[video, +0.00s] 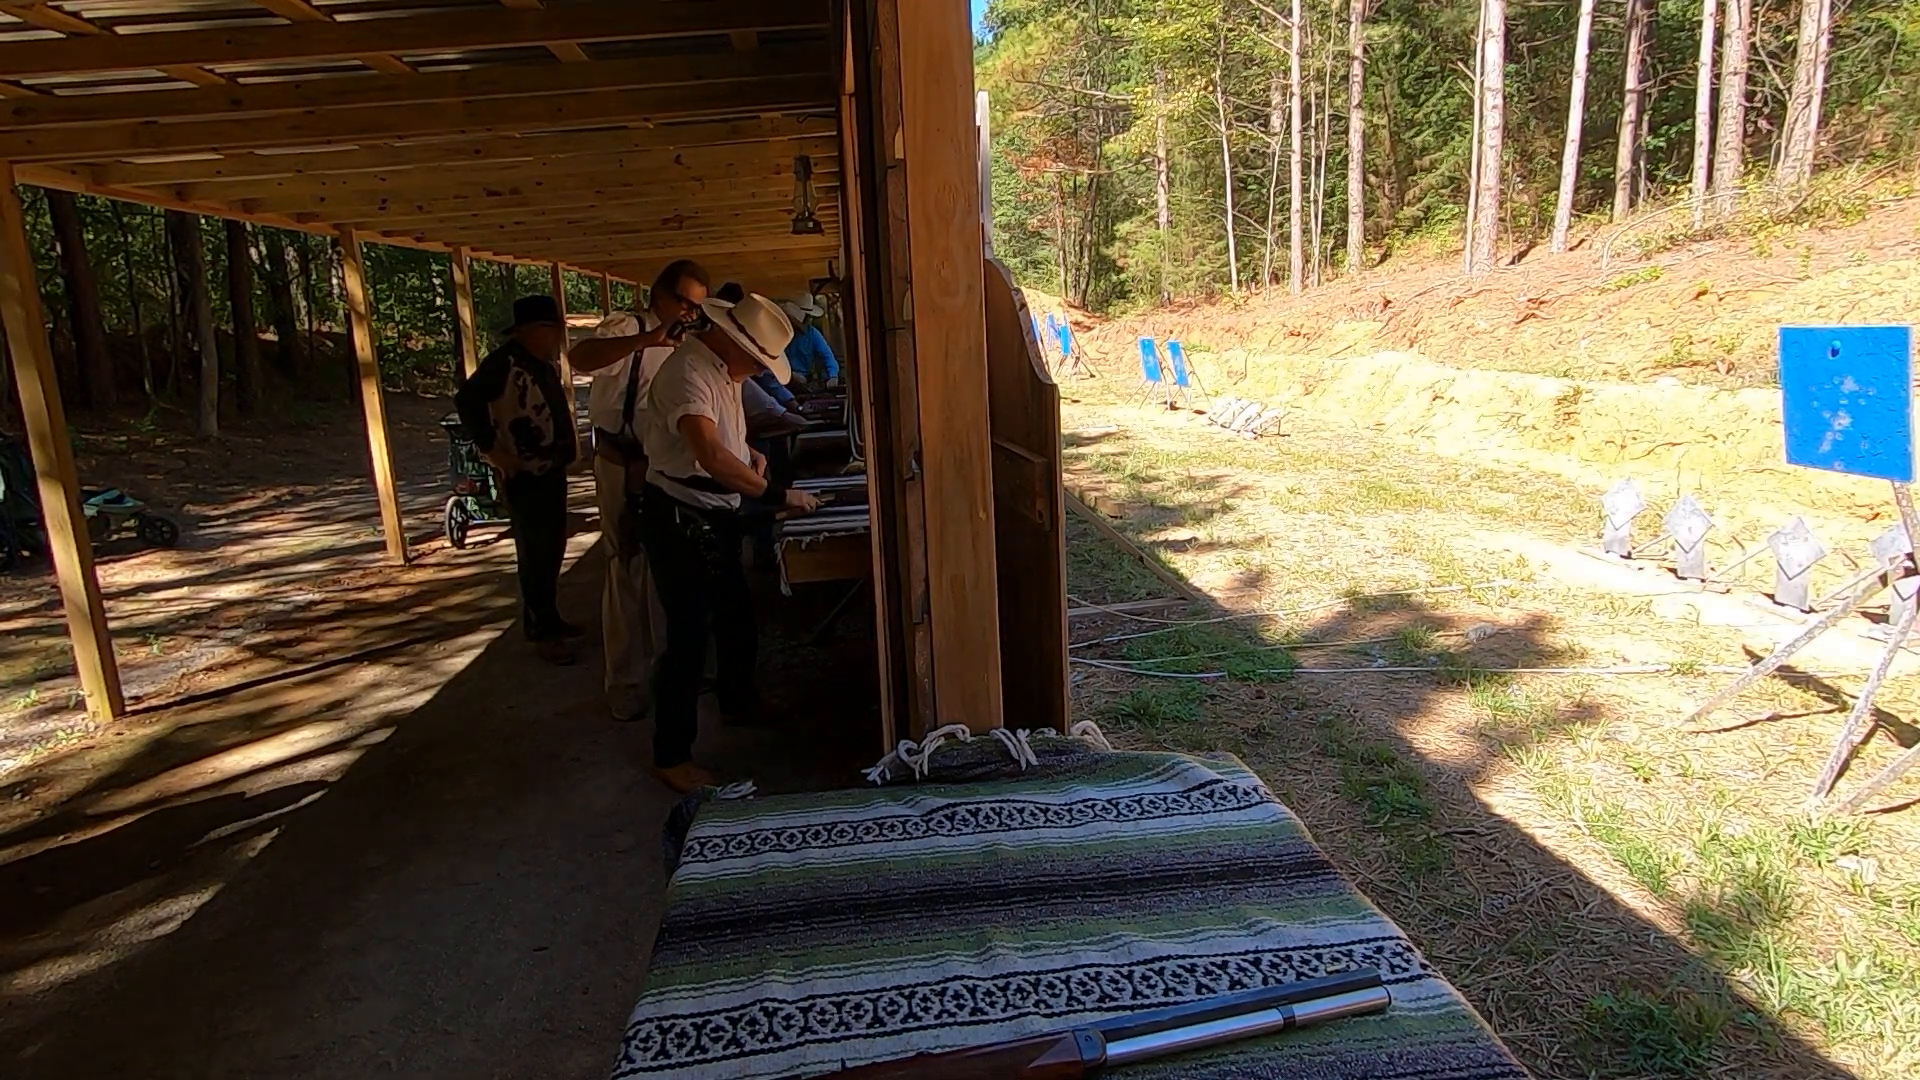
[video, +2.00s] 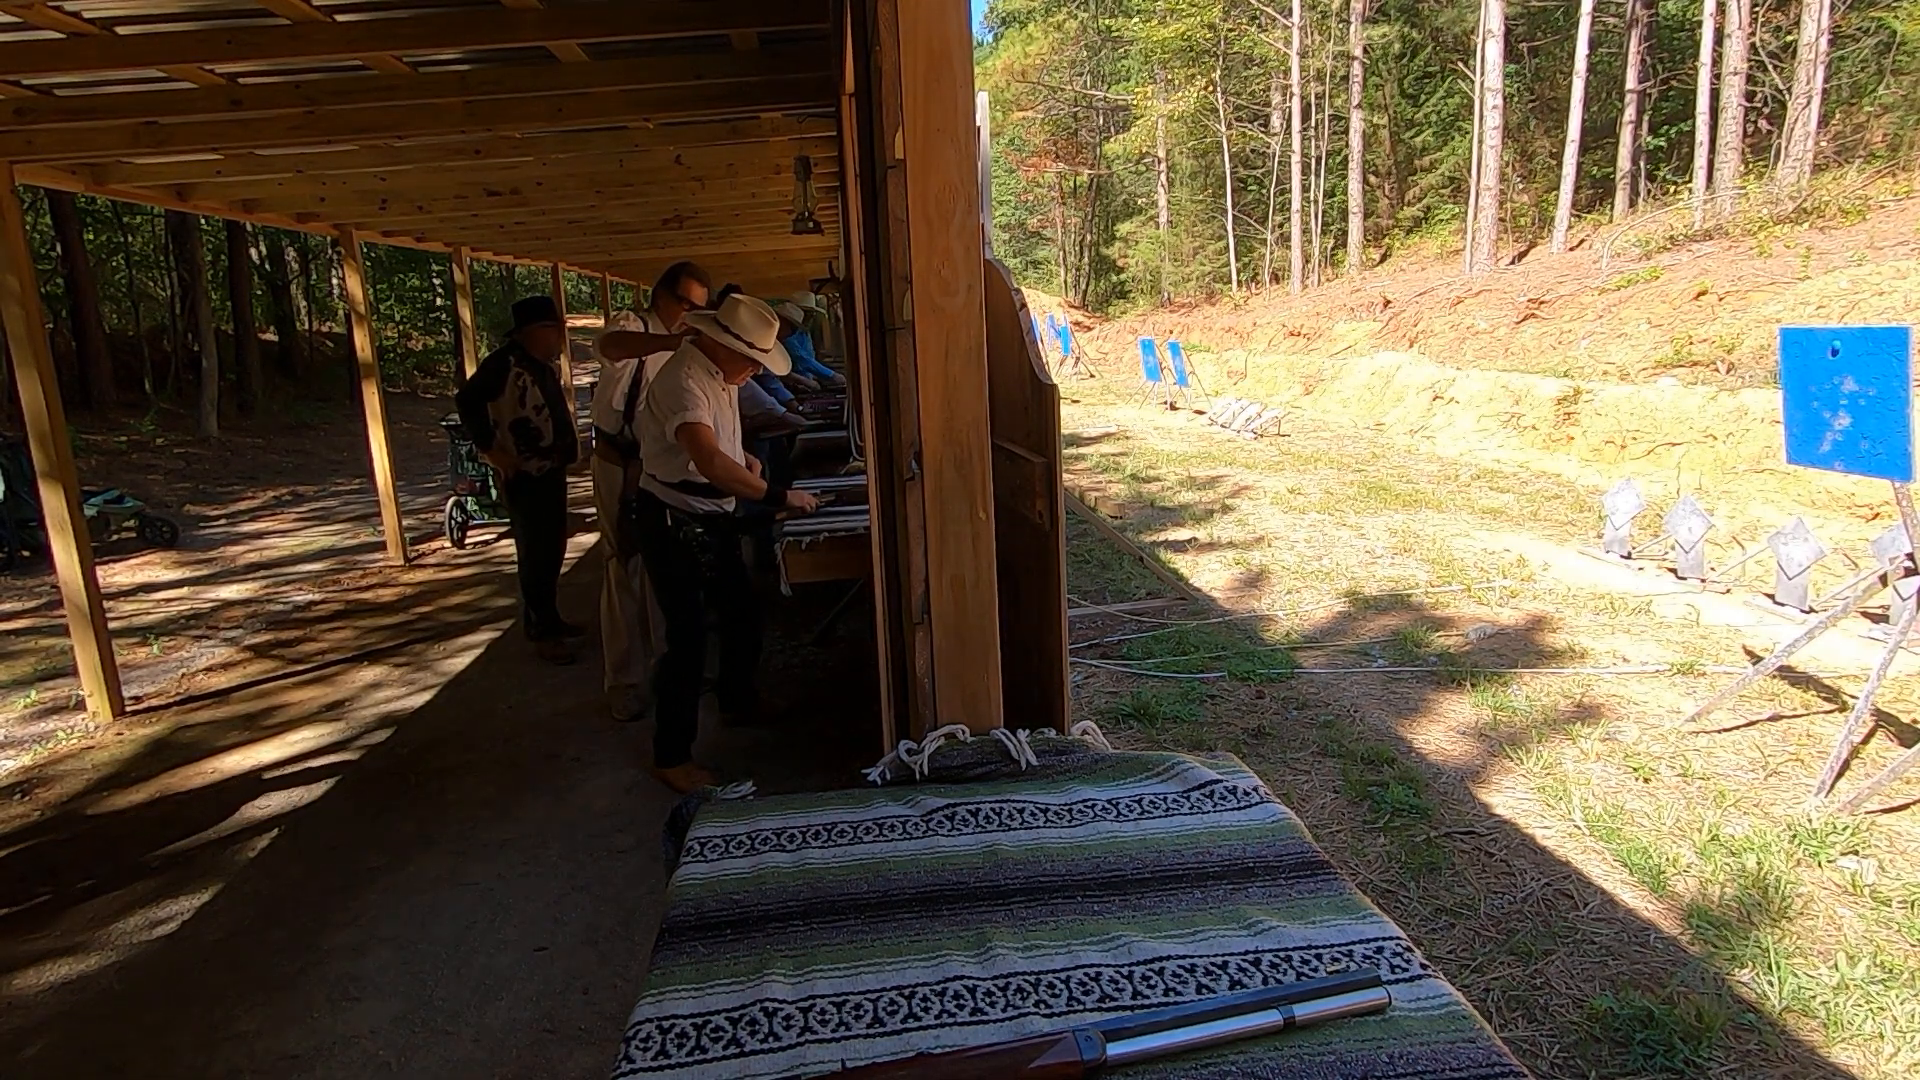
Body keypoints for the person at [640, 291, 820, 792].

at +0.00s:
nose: (756, 373)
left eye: (760, 366)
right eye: (755, 363)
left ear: (737, 343)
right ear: (733, 343)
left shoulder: (721, 372)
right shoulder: (689, 372)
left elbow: (731, 445)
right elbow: (709, 455)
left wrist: (771, 477)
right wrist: (772, 494)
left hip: (718, 512)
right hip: (678, 515)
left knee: (735, 616)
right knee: (689, 634)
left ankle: (740, 707)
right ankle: (672, 757)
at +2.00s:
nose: (755, 374)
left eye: (758, 367)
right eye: (753, 365)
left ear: (725, 350)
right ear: (727, 350)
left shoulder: (719, 378)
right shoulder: (683, 378)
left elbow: (723, 443)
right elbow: (706, 458)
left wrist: (748, 466)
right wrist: (777, 496)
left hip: (716, 515)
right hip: (673, 519)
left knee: (740, 614)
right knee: (688, 636)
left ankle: (739, 707)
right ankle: (672, 758)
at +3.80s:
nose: (758, 373)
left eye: (762, 366)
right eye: (755, 364)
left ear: (727, 349)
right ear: (728, 348)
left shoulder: (721, 377)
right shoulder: (686, 379)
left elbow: (727, 446)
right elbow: (710, 460)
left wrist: (752, 471)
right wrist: (780, 494)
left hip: (716, 516)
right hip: (672, 520)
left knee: (743, 610)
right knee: (689, 635)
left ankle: (739, 703)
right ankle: (672, 757)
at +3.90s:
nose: (758, 373)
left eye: (762, 366)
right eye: (756, 364)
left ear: (727, 349)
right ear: (729, 348)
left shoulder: (721, 378)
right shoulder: (686, 378)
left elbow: (728, 447)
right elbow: (711, 460)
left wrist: (752, 472)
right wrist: (781, 494)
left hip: (717, 516)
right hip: (673, 520)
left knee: (743, 610)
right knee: (689, 635)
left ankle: (739, 704)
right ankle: (672, 757)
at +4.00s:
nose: (758, 374)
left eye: (762, 366)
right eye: (757, 364)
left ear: (728, 348)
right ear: (730, 348)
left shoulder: (721, 377)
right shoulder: (686, 378)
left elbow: (724, 445)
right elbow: (711, 461)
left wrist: (747, 466)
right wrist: (781, 494)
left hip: (716, 516)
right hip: (673, 520)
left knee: (742, 611)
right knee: (690, 634)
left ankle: (739, 704)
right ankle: (672, 757)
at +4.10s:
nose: (758, 374)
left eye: (763, 366)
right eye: (757, 364)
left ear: (728, 348)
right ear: (731, 348)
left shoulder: (721, 377)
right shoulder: (686, 379)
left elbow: (725, 446)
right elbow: (711, 461)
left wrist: (750, 469)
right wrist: (781, 495)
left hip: (716, 516)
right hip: (673, 520)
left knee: (742, 611)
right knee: (690, 635)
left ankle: (740, 705)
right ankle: (672, 757)